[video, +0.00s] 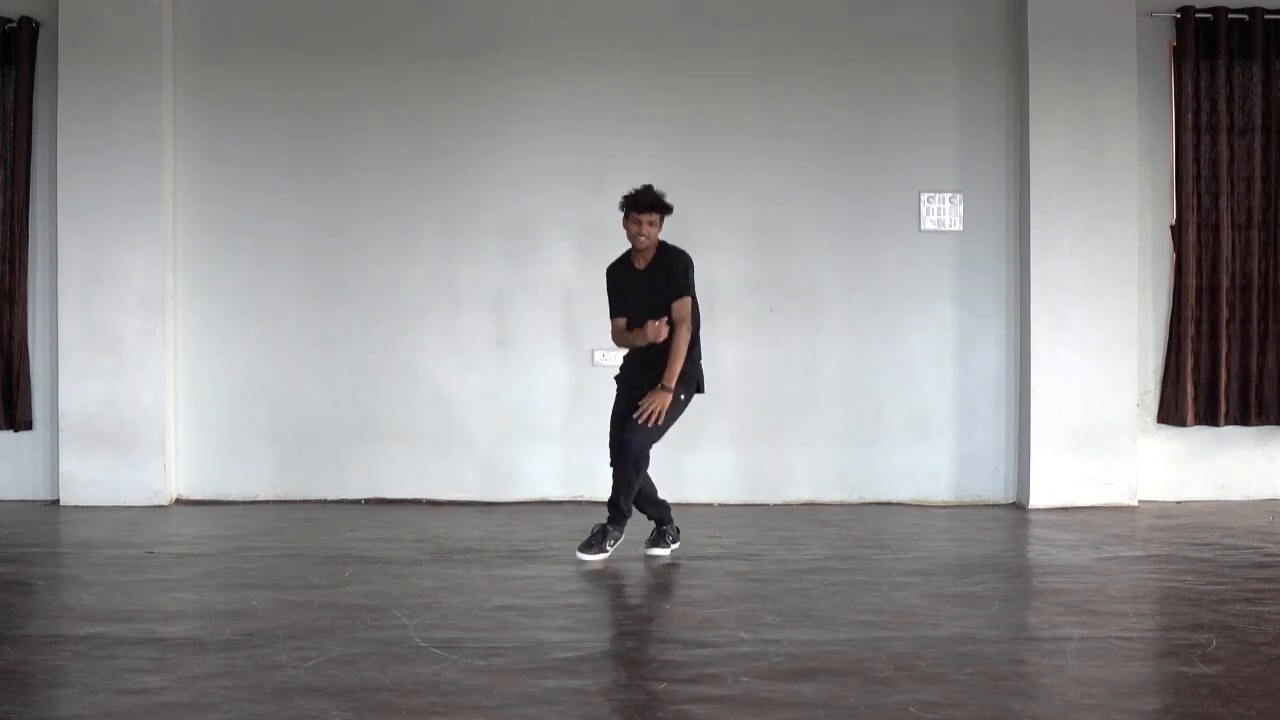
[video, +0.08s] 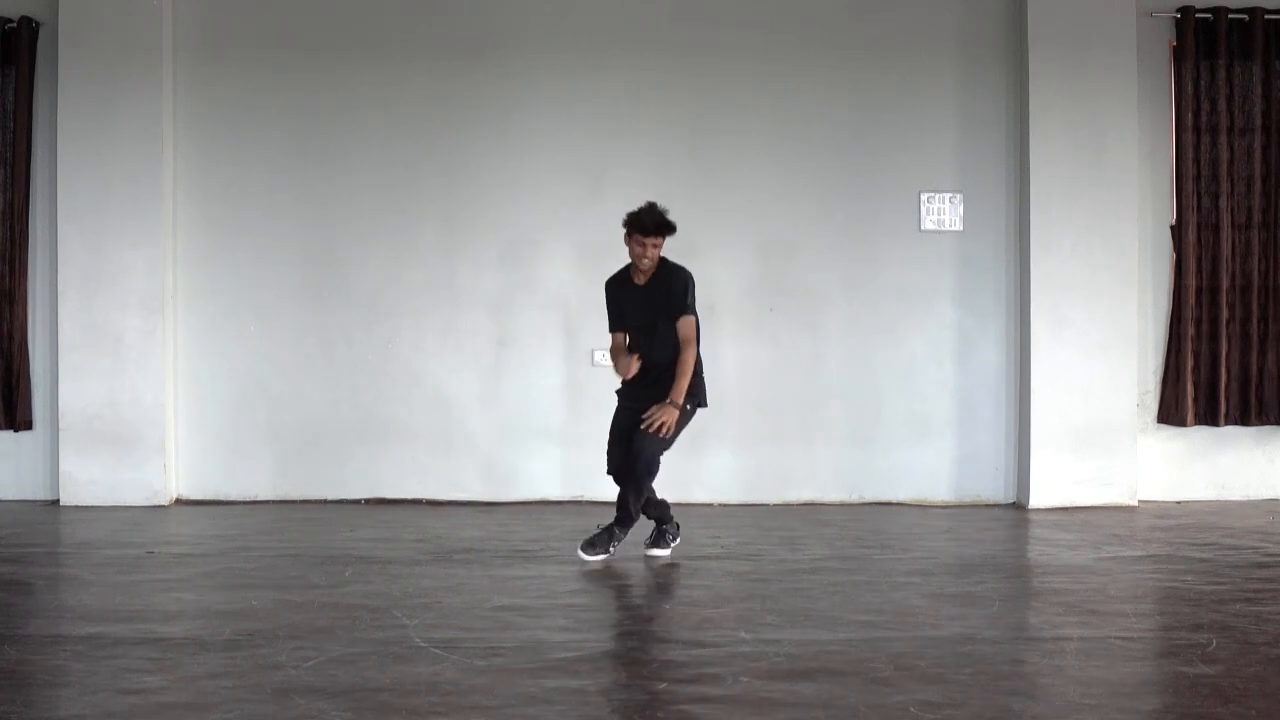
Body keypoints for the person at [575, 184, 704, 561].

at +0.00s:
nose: (643, 231)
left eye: (651, 224)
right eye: (636, 223)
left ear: (661, 226)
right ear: (625, 225)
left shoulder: (677, 263)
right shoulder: (617, 271)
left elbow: (684, 327)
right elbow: (618, 336)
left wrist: (667, 387)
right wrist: (642, 337)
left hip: (677, 371)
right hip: (635, 369)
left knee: (634, 438)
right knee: (621, 452)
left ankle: (613, 526)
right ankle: (665, 523)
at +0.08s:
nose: (648, 253)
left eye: (655, 246)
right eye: (641, 244)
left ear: (663, 245)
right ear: (628, 242)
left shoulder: (678, 280)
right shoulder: (616, 285)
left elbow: (689, 345)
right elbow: (617, 343)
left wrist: (674, 402)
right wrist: (622, 367)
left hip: (679, 386)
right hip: (638, 386)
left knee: (643, 449)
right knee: (618, 463)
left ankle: (618, 528)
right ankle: (666, 522)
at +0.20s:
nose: (657, 286)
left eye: (664, 280)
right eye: (651, 278)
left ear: (671, 274)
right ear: (634, 267)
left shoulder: (683, 300)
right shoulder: (615, 305)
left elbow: (700, 361)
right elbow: (608, 363)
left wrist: (702, 418)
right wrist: (597, 400)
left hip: (683, 403)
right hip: (639, 402)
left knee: (678, 474)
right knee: (630, 479)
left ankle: (624, 537)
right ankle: (664, 521)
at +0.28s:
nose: (665, 304)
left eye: (671, 298)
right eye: (659, 296)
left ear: (678, 292)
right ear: (641, 284)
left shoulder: (689, 314)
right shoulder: (616, 318)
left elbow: (708, 374)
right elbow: (602, 372)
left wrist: (718, 431)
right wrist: (590, 420)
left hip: (688, 421)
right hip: (641, 423)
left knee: (705, 496)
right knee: (642, 494)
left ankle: (630, 541)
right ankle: (663, 530)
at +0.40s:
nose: (678, 330)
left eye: (684, 324)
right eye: (673, 322)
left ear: (691, 317)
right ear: (655, 308)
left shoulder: (696, 334)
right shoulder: (625, 337)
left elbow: (711, 391)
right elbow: (602, 388)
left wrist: (729, 445)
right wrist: (595, 445)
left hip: (697, 454)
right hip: (651, 456)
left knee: (725, 532)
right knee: (666, 534)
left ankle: (642, 553)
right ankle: (632, 545)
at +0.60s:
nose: (698, 373)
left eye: (704, 367)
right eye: (694, 364)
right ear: (677, 346)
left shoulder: (704, 371)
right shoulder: (641, 376)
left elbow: (707, 428)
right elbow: (619, 436)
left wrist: (720, 483)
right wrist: (620, 502)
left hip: (708, 485)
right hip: (666, 490)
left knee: (740, 553)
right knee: (689, 559)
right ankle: (645, 547)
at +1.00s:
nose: (658, 368)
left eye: (665, 363)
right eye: (652, 361)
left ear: (673, 357)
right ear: (635, 349)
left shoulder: (682, 367)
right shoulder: (610, 376)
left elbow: (696, 415)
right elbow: (592, 434)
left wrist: (715, 468)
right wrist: (591, 495)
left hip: (685, 478)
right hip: (639, 483)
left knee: (733, 530)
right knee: (653, 534)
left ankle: (648, 555)